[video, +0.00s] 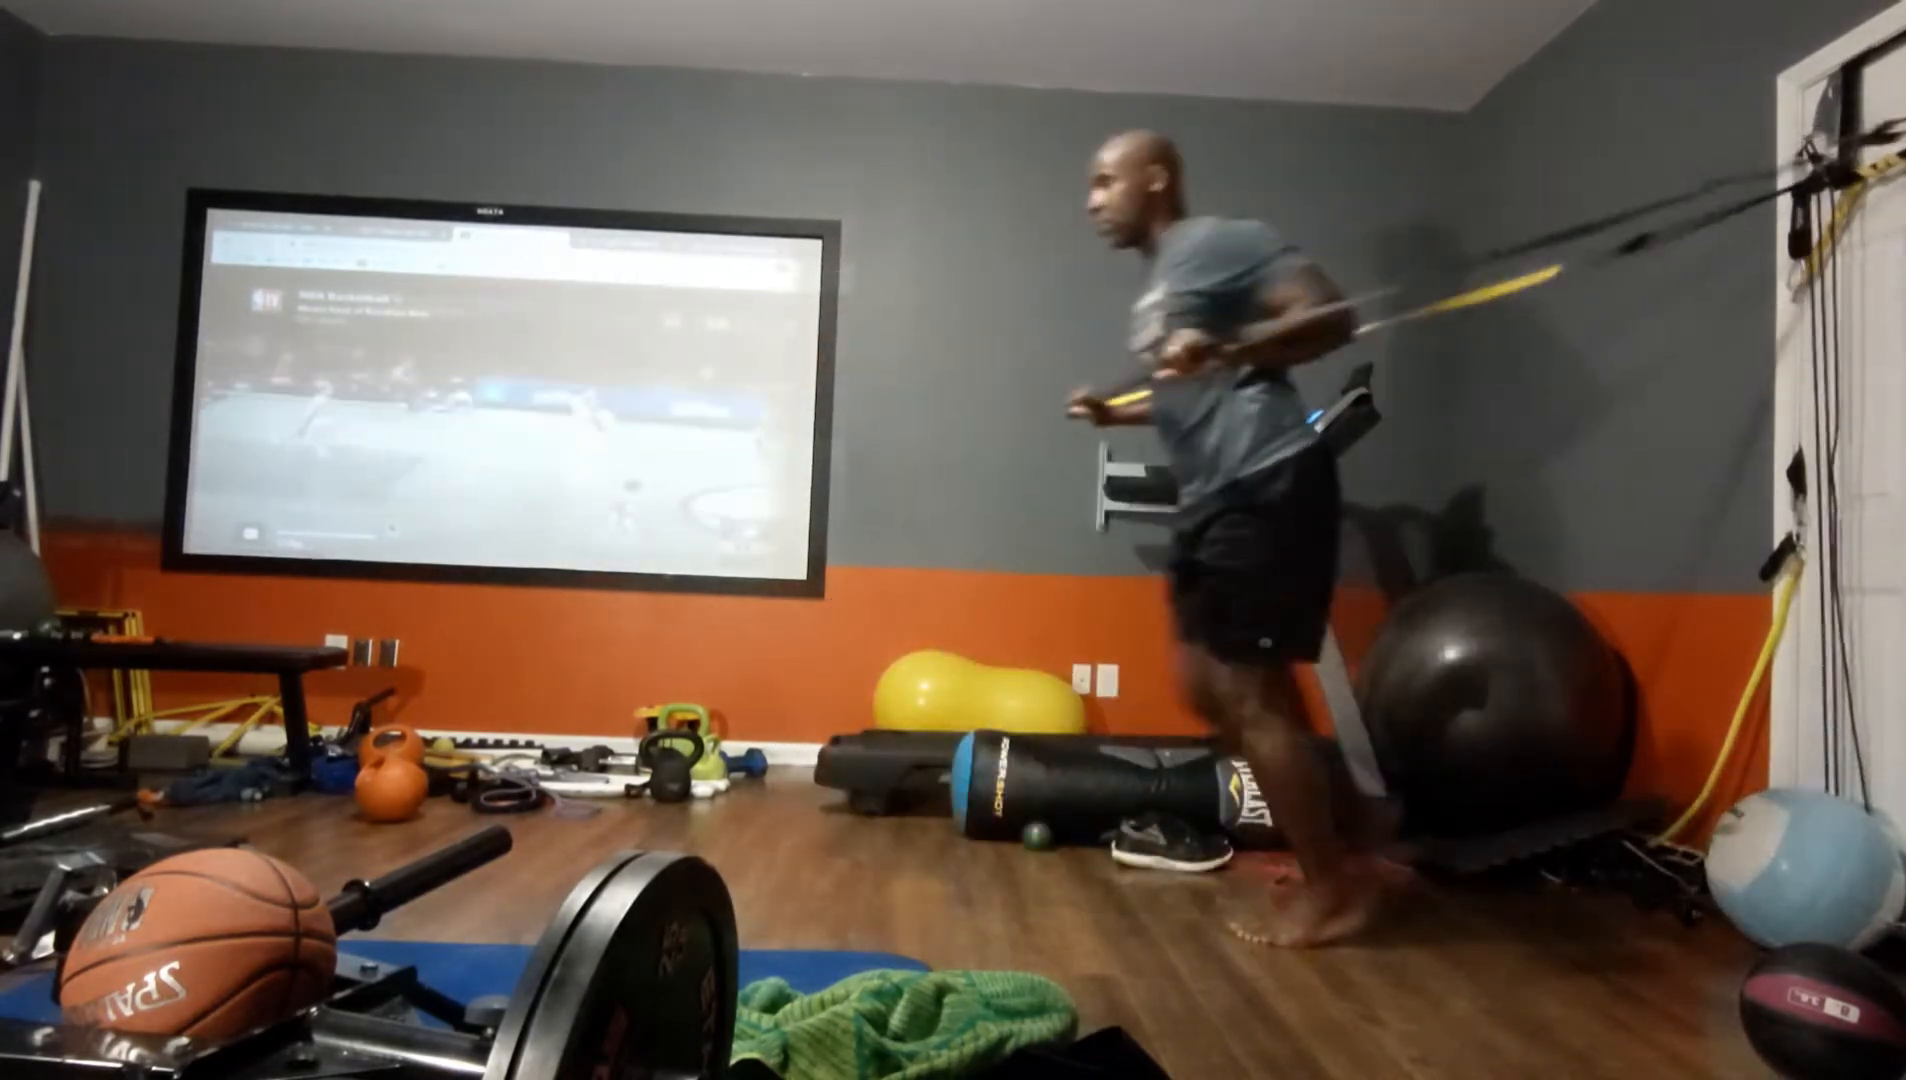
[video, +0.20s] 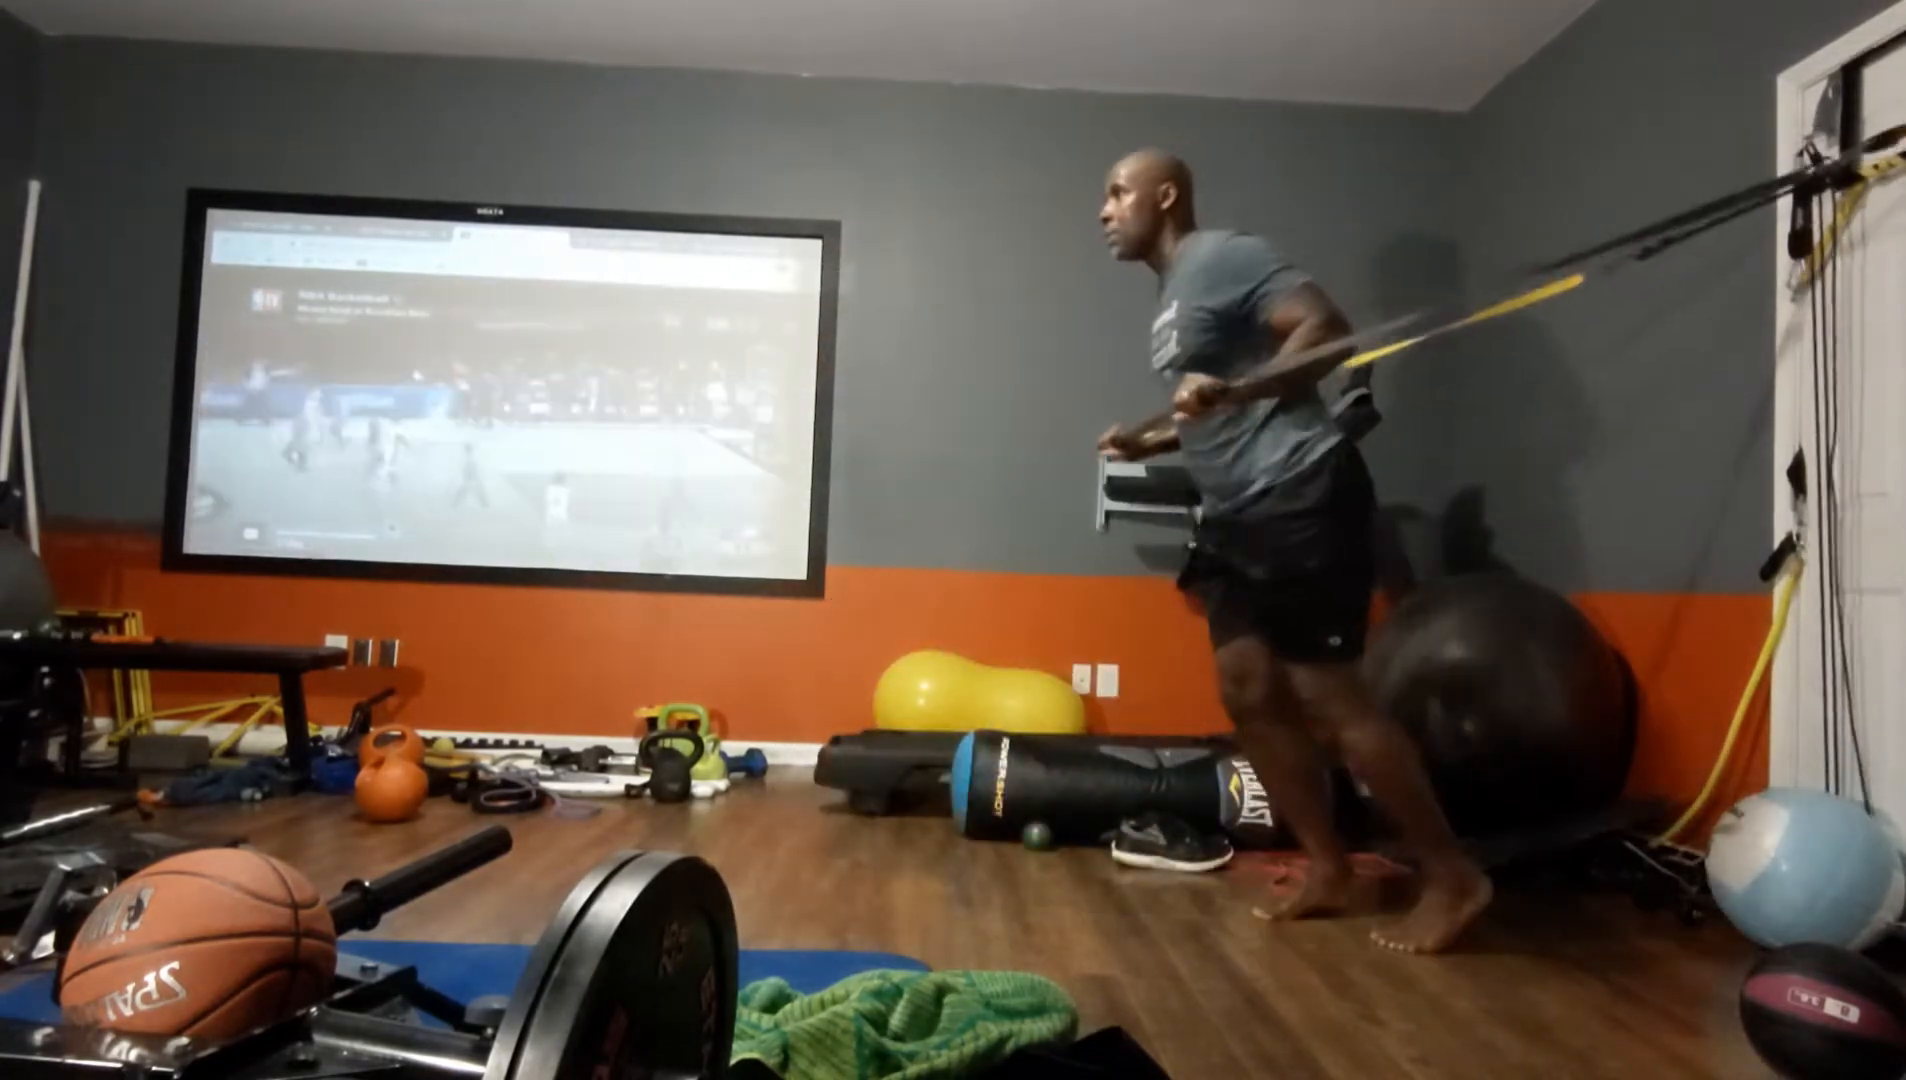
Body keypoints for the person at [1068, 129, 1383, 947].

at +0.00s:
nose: (1093, 201)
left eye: (1106, 181)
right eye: (1092, 187)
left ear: (1159, 181)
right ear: (1131, 193)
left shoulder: (1218, 241)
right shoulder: (1154, 292)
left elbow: (1331, 313)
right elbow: (1192, 399)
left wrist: (1231, 350)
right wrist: (1114, 410)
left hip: (1272, 490)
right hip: (1215, 502)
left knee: (1251, 693)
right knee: (1204, 685)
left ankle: (1329, 887)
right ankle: (1333, 838)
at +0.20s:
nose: (1104, 212)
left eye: (1117, 195)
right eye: (1105, 198)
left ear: (1167, 198)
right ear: (1156, 205)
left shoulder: (1222, 255)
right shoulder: (1171, 298)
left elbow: (1328, 330)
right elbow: (1220, 406)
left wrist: (1237, 390)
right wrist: (1150, 436)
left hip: (1309, 500)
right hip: (1237, 513)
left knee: (1325, 690)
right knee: (1249, 690)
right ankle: (1326, 871)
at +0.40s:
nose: (1118, 201)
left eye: (1132, 184)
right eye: (1119, 187)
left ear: (1182, 189)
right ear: (1170, 194)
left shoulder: (1240, 246)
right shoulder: (1182, 293)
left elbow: (1346, 322)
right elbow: (1237, 398)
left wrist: (1253, 384)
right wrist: (1162, 426)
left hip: (1319, 493)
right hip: (1249, 508)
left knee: (1344, 690)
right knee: (1251, 689)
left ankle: (1459, 882)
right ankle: (1327, 871)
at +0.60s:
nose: (1099, 209)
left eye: (1112, 191)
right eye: (1099, 196)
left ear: (1163, 191)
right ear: (1148, 199)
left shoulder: (1215, 248)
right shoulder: (1164, 297)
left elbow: (1322, 321)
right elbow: (1223, 399)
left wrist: (1230, 386)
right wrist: (1155, 423)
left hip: (1294, 503)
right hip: (1223, 521)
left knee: (1341, 698)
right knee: (1215, 696)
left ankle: (1458, 882)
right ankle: (1323, 865)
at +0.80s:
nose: (1052, 236)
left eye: (1060, 215)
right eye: (1049, 222)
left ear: (1110, 202)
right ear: (1086, 216)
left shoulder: (1168, 257)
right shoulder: (1115, 299)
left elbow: (1266, 334)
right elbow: (1163, 402)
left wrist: (1173, 391)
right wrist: (1098, 420)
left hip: (1219, 505)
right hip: (1168, 518)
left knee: (1210, 708)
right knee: (1192, 710)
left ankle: (1398, 845)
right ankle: (1319, 858)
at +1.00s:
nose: (968, 262)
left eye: (974, 241)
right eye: (959, 250)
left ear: (1020, 223)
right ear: (969, 255)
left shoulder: (1076, 274)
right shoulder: (1027, 319)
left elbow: (1121, 361)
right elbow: (1040, 416)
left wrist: (1001, 356)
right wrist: (959, 396)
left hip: (1149, 504)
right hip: (1120, 514)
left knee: (1019, 665)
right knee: (1182, 725)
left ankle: (1125, 829)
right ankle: (1314, 854)